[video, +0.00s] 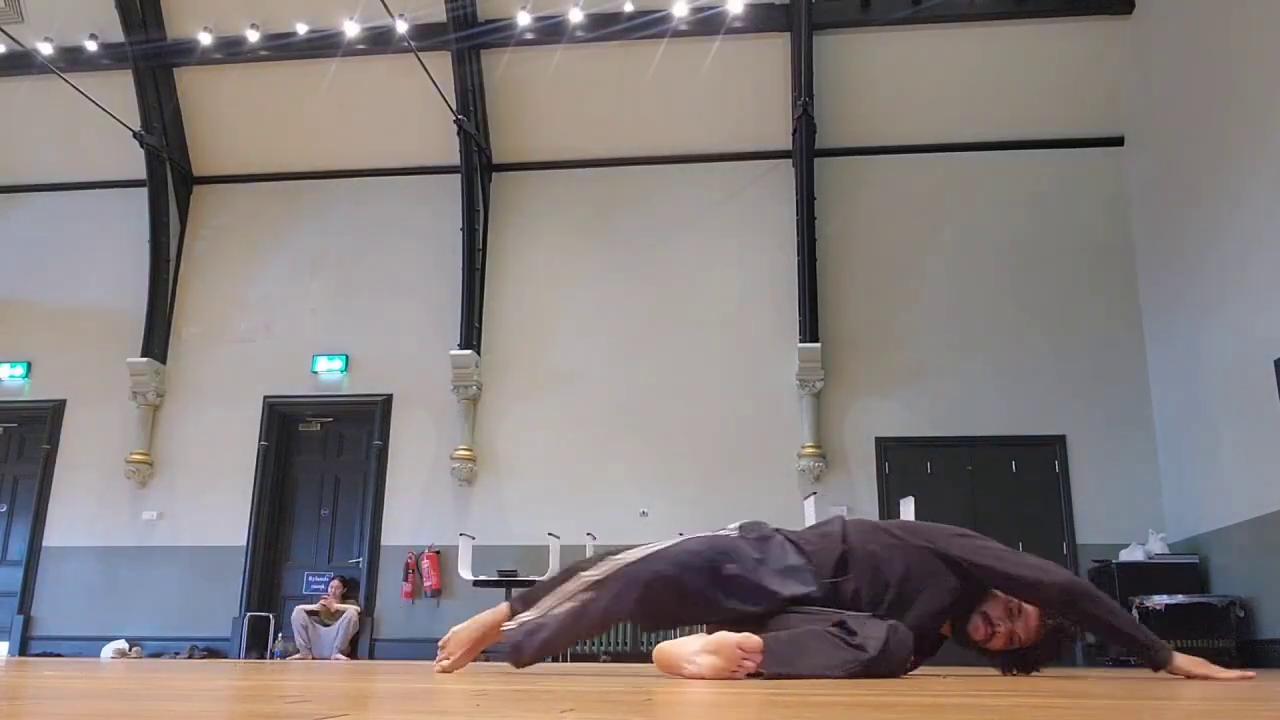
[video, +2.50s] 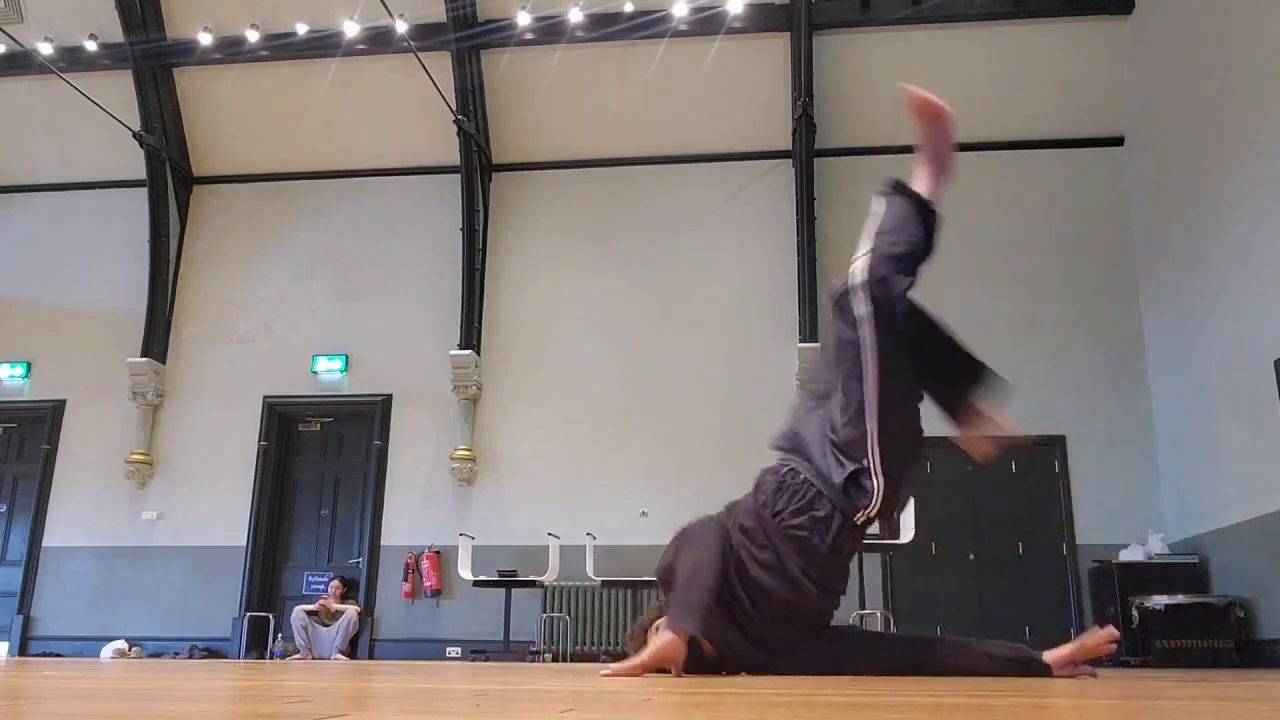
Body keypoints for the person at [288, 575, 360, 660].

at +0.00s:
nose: (333, 591)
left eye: (337, 588)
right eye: (331, 587)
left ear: (344, 590)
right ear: (328, 589)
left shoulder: (349, 603)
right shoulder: (323, 603)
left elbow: (357, 610)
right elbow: (297, 608)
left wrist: (335, 606)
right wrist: (317, 607)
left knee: (352, 614)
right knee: (297, 612)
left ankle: (337, 653)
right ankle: (304, 652)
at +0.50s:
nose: (333, 591)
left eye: (337, 588)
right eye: (331, 587)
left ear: (343, 590)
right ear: (328, 589)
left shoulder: (349, 603)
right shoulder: (323, 603)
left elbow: (357, 610)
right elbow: (297, 608)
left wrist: (335, 607)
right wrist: (317, 607)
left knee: (352, 613)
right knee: (297, 612)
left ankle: (336, 653)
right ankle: (304, 652)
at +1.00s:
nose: (333, 591)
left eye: (337, 588)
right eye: (331, 588)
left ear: (344, 590)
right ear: (328, 589)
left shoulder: (349, 602)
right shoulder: (323, 603)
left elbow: (357, 610)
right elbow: (297, 608)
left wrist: (334, 606)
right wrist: (318, 607)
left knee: (352, 614)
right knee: (297, 612)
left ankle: (336, 653)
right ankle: (304, 653)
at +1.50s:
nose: (333, 591)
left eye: (337, 588)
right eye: (331, 588)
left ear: (344, 590)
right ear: (328, 589)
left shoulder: (348, 602)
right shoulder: (323, 602)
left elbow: (357, 610)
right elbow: (297, 608)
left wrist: (334, 606)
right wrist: (316, 607)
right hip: (316, 637)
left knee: (352, 614)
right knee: (297, 612)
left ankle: (336, 653)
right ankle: (304, 653)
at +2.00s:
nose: (333, 591)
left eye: (337, 588)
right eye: (331, 588)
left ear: (343, 590)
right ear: (328, 589)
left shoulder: (349, 602)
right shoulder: (323, 602)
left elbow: (357, 610)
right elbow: (297, 608)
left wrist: (334, 606)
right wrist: (315, 607)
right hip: (316, 636)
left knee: (352, 614)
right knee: (297, 612)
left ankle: (336, 653)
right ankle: (304, 653)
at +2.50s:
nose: (333, 591)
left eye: (337, 588)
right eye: (331, 588)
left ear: (343, 590)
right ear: (328, 589)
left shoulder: (349, 602)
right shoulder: (323, 602)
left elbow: (357, 610)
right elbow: (297, 608)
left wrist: (333, 606)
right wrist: (315, 607)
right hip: (316, 636)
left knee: (352, 614)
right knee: (297, 612)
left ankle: (336, 653)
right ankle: (304, 653)